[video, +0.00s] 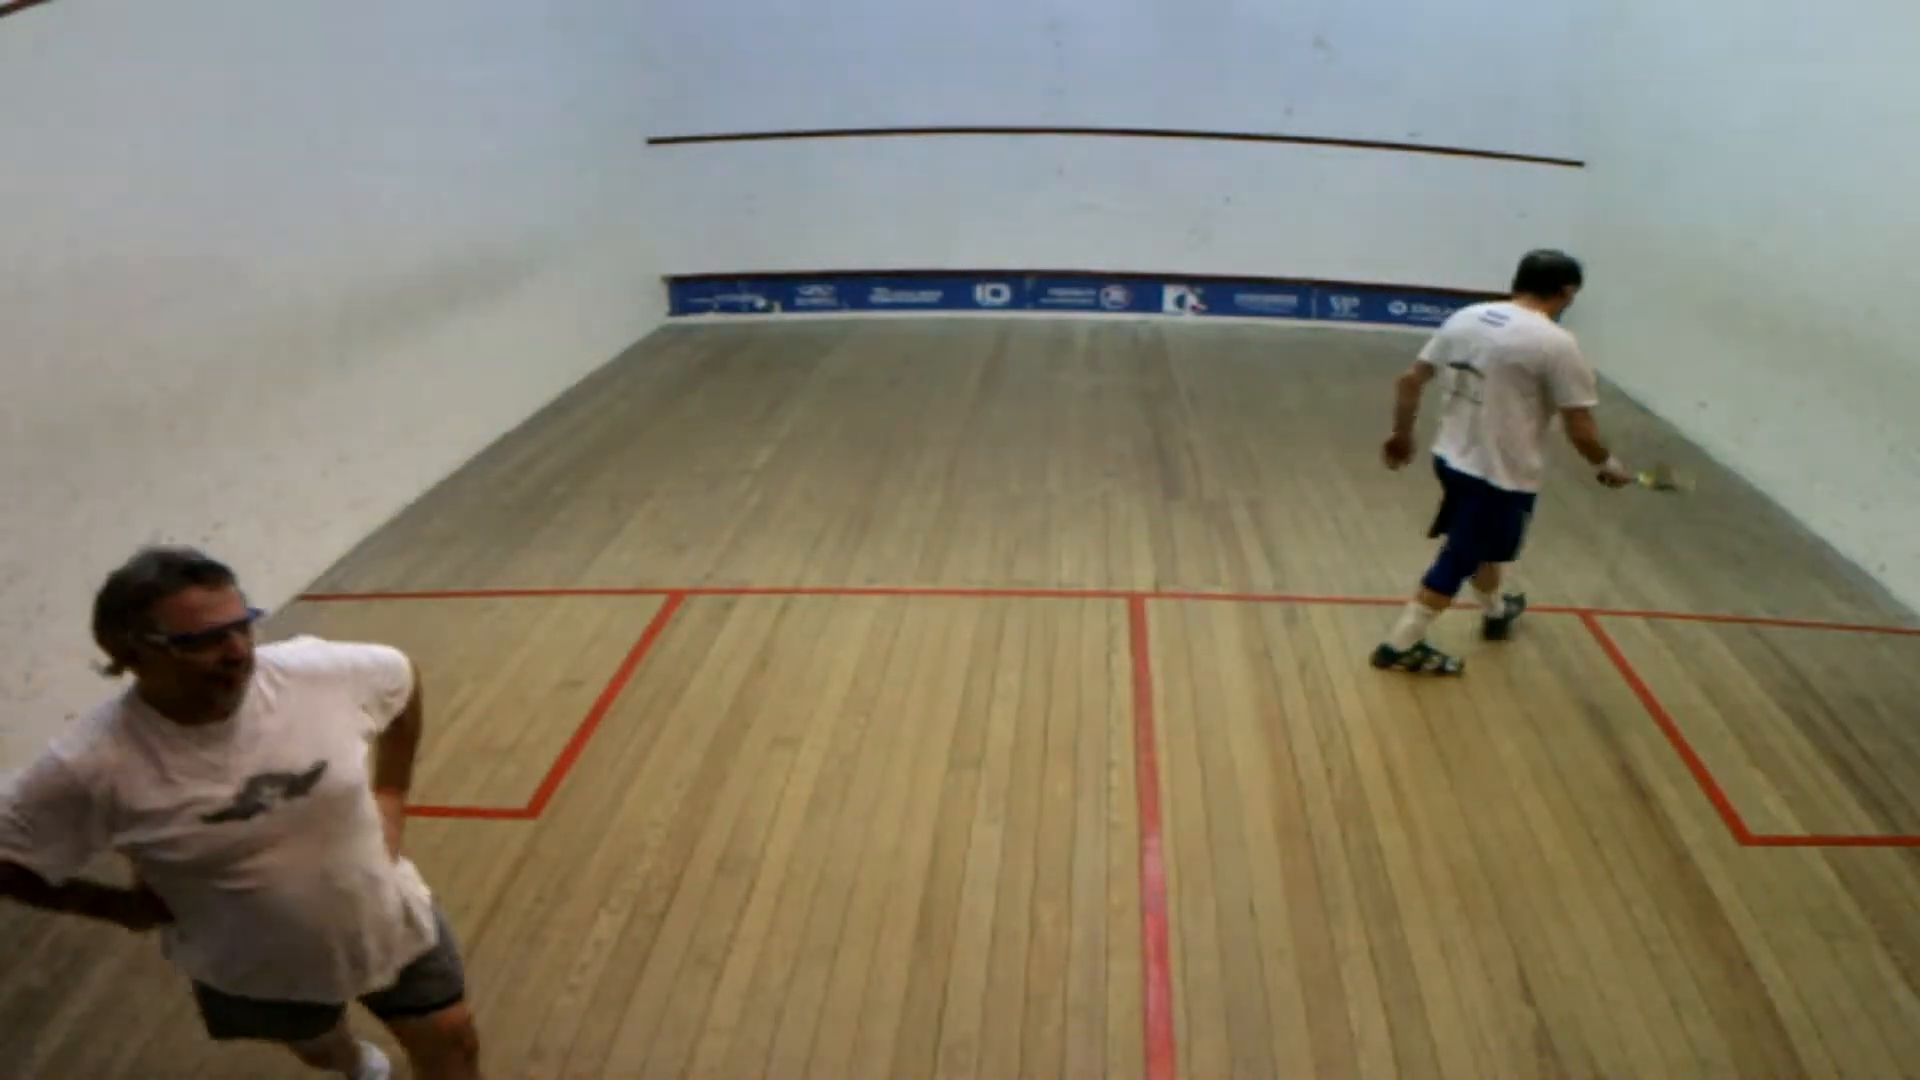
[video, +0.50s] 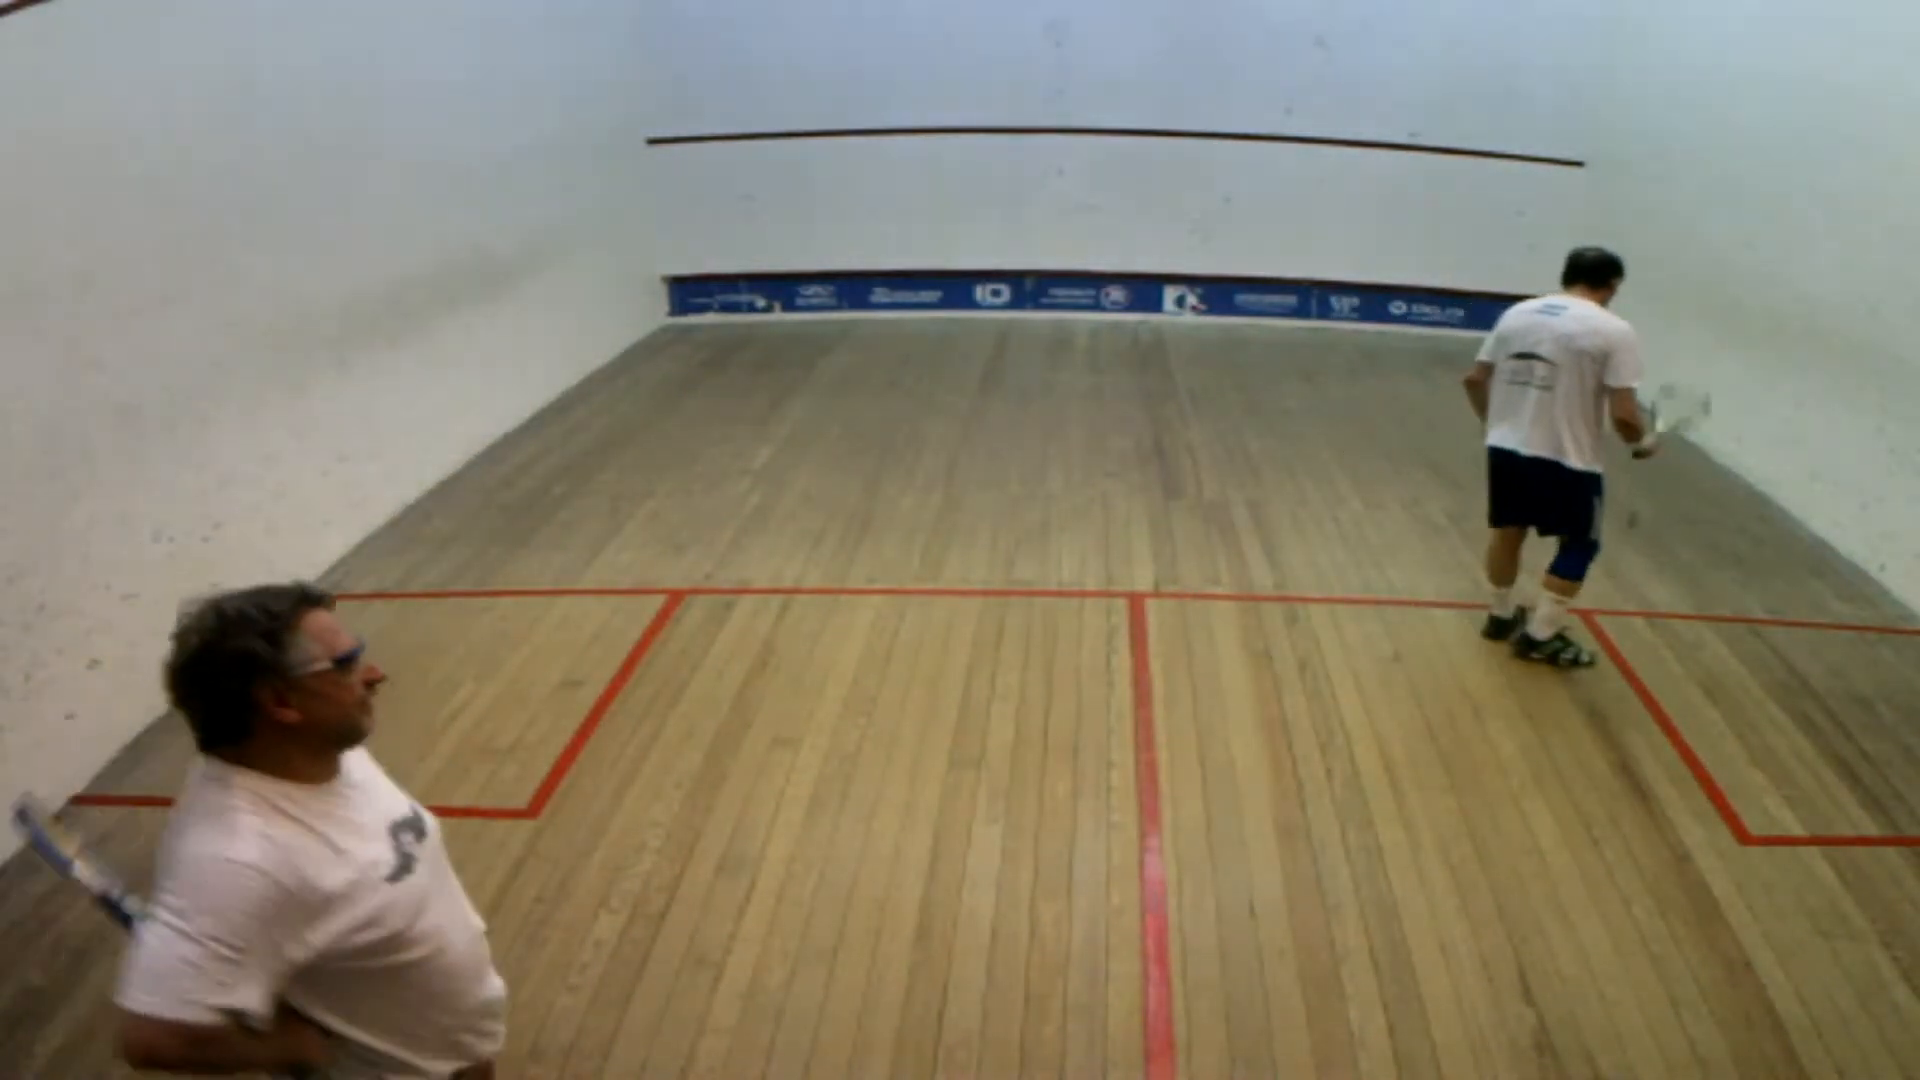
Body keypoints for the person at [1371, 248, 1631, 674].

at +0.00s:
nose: (1571, 303)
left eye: (1572, 295)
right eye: (1571, 295)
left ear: (1519, 283)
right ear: (1561, 293)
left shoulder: (1469, 318)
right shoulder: (1555, 344)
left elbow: (1411, 379)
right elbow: (1580, 430)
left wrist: (1402, 435)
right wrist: (1605, 464)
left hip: (1451, 459)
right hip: (1503, 479)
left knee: (1485, 542)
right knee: (1457, 558)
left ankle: (1494, 611)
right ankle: (1403, 642)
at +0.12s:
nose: (1581, 300)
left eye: (1583, 294)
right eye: (1582, 293)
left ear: (1530, 282)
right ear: (1573, 291)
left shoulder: (1482, 320)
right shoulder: (1570, 339)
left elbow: (1434, 384)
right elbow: (1594, 424)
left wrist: (1436, 440)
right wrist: (1621, 441)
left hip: (1473, 458)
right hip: (1527, 472)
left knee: (1496, 542)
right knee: (1500, 560)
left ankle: (1501, 610)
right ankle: (1416, 633)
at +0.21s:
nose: (1586, 299)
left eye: (1588, 292)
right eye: (1588, 292)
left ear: (1539, 281)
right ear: (1581, 288)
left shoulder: (1495, 316)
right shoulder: (1583, 333)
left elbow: (1451, 383)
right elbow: (1601, 415)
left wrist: (1460, 438)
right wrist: (1625, 436)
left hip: (1482, 453)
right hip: (1543, 466)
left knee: (1497, 532)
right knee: (1550, 553)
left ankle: (1501, 611)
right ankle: (1455, 618)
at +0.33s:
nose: (1598, 295)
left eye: (1598, 289)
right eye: (1599, 289)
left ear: (1549, 280)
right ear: (1592, 286)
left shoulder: (1505, 315)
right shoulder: (1596, 332)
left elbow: (1467, 382)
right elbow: (1613, 418)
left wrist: (1493, 425)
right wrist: (1627, 459)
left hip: (1495, 451)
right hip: (1560, 462)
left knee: (1503, 532)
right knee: (1581, 544)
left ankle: (1507, 627)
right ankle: (1506, 615)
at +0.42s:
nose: (1605, 297)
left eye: (1606, 291)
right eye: (1607, 290)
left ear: (1560, 280)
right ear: (1601, 287)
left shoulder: (1513, 313)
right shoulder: (1606, 332)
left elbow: (1473, 378)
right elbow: (1620, 418)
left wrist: (1497, 422)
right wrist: (1633, 452)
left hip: (1502, 449)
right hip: (1566, 459)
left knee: (1507, 530)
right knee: (1580, 543)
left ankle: (1500, 614)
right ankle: (1540, 634)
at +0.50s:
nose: (1612, 298)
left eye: (1613, 292)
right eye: (1614, 291)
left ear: (1567, 280)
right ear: (1608, 288)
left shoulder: (1519, 313)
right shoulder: (1613, 332)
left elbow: (1476, 378)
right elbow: (1624, 416)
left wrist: (1495, 424)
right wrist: (1640, 442)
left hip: (1506, 448)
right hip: (1569, 458)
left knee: (1507, 529)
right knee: (1580, 543)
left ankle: (1500, 614)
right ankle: (1541, 634)